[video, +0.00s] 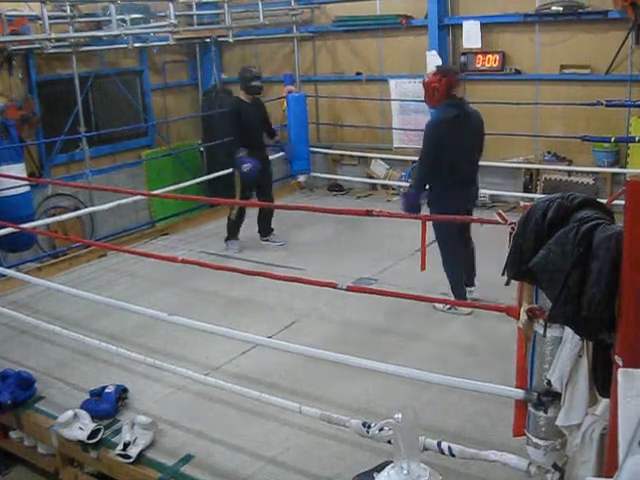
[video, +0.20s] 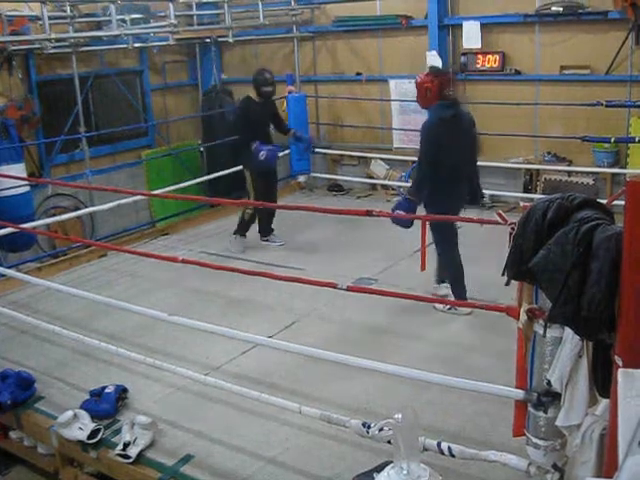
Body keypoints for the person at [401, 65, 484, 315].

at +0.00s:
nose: (425, 95)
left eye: (427, 90)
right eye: (425, 89)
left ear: (438, 91)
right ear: (452, 90)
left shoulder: (437, 123)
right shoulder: (473, 117)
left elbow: (426, 164)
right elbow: (475, 154)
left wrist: (413, 193)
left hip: (444, 193)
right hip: (468, 190)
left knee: (448, 244)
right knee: (464, 236)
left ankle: (460, 299)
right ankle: (468, 283)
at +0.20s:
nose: (418, 95)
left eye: (421, 90)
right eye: (419, 90)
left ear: (431, 92)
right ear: (445, 91)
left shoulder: (432, 125)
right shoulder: (465, 119)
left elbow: (425, 168)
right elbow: (470, 159)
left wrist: (411, 199)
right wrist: (474, 192)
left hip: (438, 193)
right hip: (458, 191)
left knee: (447, 244)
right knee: (443, 235)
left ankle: (460, 299)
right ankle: (442, 280)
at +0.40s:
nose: (406, 98)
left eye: (409, 92)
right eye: (406, 92)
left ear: (418, 94)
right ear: (428, 93)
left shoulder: (421, 124)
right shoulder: (446, 118)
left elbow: (414, 167)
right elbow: (458, 157)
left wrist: (402, 200)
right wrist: (465, 190)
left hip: (429, 192)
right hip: (445, 189)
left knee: (440, 244)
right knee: (423, 234)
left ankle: (460, 299)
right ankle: (407, 277)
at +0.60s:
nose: (387, 97)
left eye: (391, 92)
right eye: (388, 92)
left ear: (400, 94)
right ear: (411, 94)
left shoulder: (398, 124)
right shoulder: (426, 117)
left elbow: (391, 165)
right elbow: (437, 149)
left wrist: (380, 196)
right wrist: (432, 177)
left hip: (410, 190)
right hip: (428, 187)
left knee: (423, 243)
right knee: (411, 238)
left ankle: (454, 293)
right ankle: (398, 281)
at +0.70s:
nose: (378, 98)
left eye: (380, 93)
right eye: (378, 93)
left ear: (389, 94)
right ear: (403, 93)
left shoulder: (385, 123)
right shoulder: (422, 119)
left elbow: (379, 162)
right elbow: (426, 154)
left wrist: (368, 187)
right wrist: (416, 176)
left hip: (399, 187)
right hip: (422, 184)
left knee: (403, 242)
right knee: (412, 236)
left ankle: (440, 281)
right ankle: (397, 282)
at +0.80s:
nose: (368, 100)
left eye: (370, 95)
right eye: (369, 95)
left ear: (378, 96)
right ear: (394, 94)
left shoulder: (376, 123)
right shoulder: (413, 119)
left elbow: (367, 159)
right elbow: (417, 155)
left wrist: (357, 186)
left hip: (392, 187)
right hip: (416, 186)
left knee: (383, 238)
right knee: (408, 236)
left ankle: (419, 272)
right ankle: (398, 281)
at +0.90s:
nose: (359, 99)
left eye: (361, 95)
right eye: (360, 95)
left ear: (369, 96)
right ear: (385, 94)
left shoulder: (365, 124)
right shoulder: (405, 118)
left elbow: (358, 161)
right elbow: (407, 151)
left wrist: (348, 186)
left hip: (382, 185)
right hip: (408, 183)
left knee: (369, 232)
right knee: (405, 231)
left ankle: (393, 273)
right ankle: (401, 273)